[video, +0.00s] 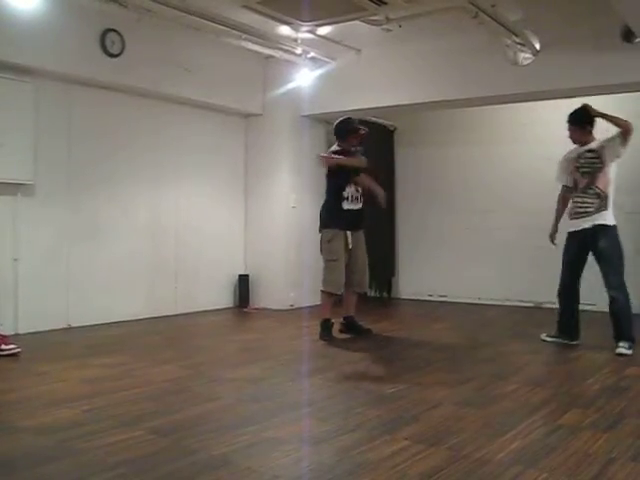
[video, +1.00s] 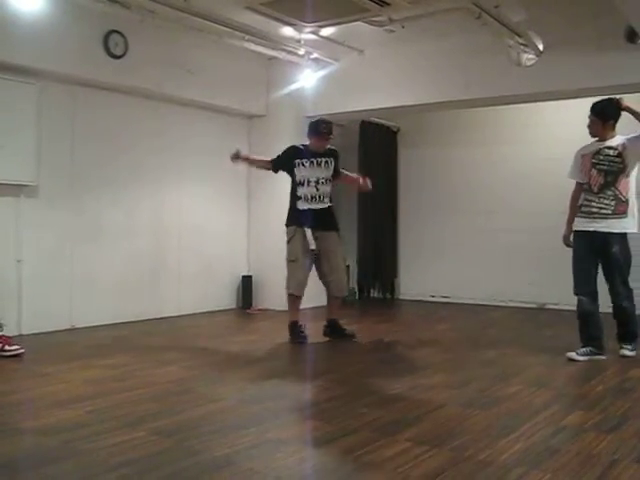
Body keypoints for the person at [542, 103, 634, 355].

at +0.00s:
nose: (570, 135)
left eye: (573, 131)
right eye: (569, 130)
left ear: (586, 129)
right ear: (575, 130)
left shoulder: (606, 149)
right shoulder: (569, 158)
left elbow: (627, 129)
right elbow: (565, 193)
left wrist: (599, 114)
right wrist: (555, 225)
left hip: (602, 225)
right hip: (576, 228)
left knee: (615, 284)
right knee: (567, 285)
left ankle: (625, 340)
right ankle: (567, 333)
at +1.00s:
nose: (588, 124)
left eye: (592, 120)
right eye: (589, 119)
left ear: (607, 122)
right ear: (603, 122)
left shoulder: (627, 148)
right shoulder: (584, 152)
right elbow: (578, 191)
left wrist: (628, 108)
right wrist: (569, 227)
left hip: (614, 232)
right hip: (583, 231)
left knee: (619, 289)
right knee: (585, 292)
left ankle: (629, 340)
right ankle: (592, 345)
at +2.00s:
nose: (568, 116)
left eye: (571, 111)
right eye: (569, 111)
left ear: (584, 112)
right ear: (586, 112)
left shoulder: (606, 139)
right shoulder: (583, 139)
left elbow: (615, 123)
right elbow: (584, 176)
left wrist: (602, 98)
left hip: (597, 227)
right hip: (578, 224)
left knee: (593, 291)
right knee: (574, 288)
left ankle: (597, 355)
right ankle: (586, 346)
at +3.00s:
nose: (546, 129)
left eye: (548, 124)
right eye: (546, 124)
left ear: (559, 121)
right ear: (566, 122)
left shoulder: (571, 144)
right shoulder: (579, 146)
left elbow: (556, 123)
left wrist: (567, 108)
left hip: (564, 228)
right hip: (581, 229)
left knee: (540, 283)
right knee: (583, 290)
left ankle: (529, 336)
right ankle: (595, 344)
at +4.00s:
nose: (549, 138)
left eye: (551, 133)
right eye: (549, 133)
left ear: (564, 131)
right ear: (563, 132)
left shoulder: (585, 151)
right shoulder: (560, 158)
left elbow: (600, 131)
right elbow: (559, 195)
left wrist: (581, 114)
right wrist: (551, 227)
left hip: (579, 230)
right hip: (562, 229)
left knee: (554, 287)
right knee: (568, 286)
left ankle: (532, 337)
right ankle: (587, 336)